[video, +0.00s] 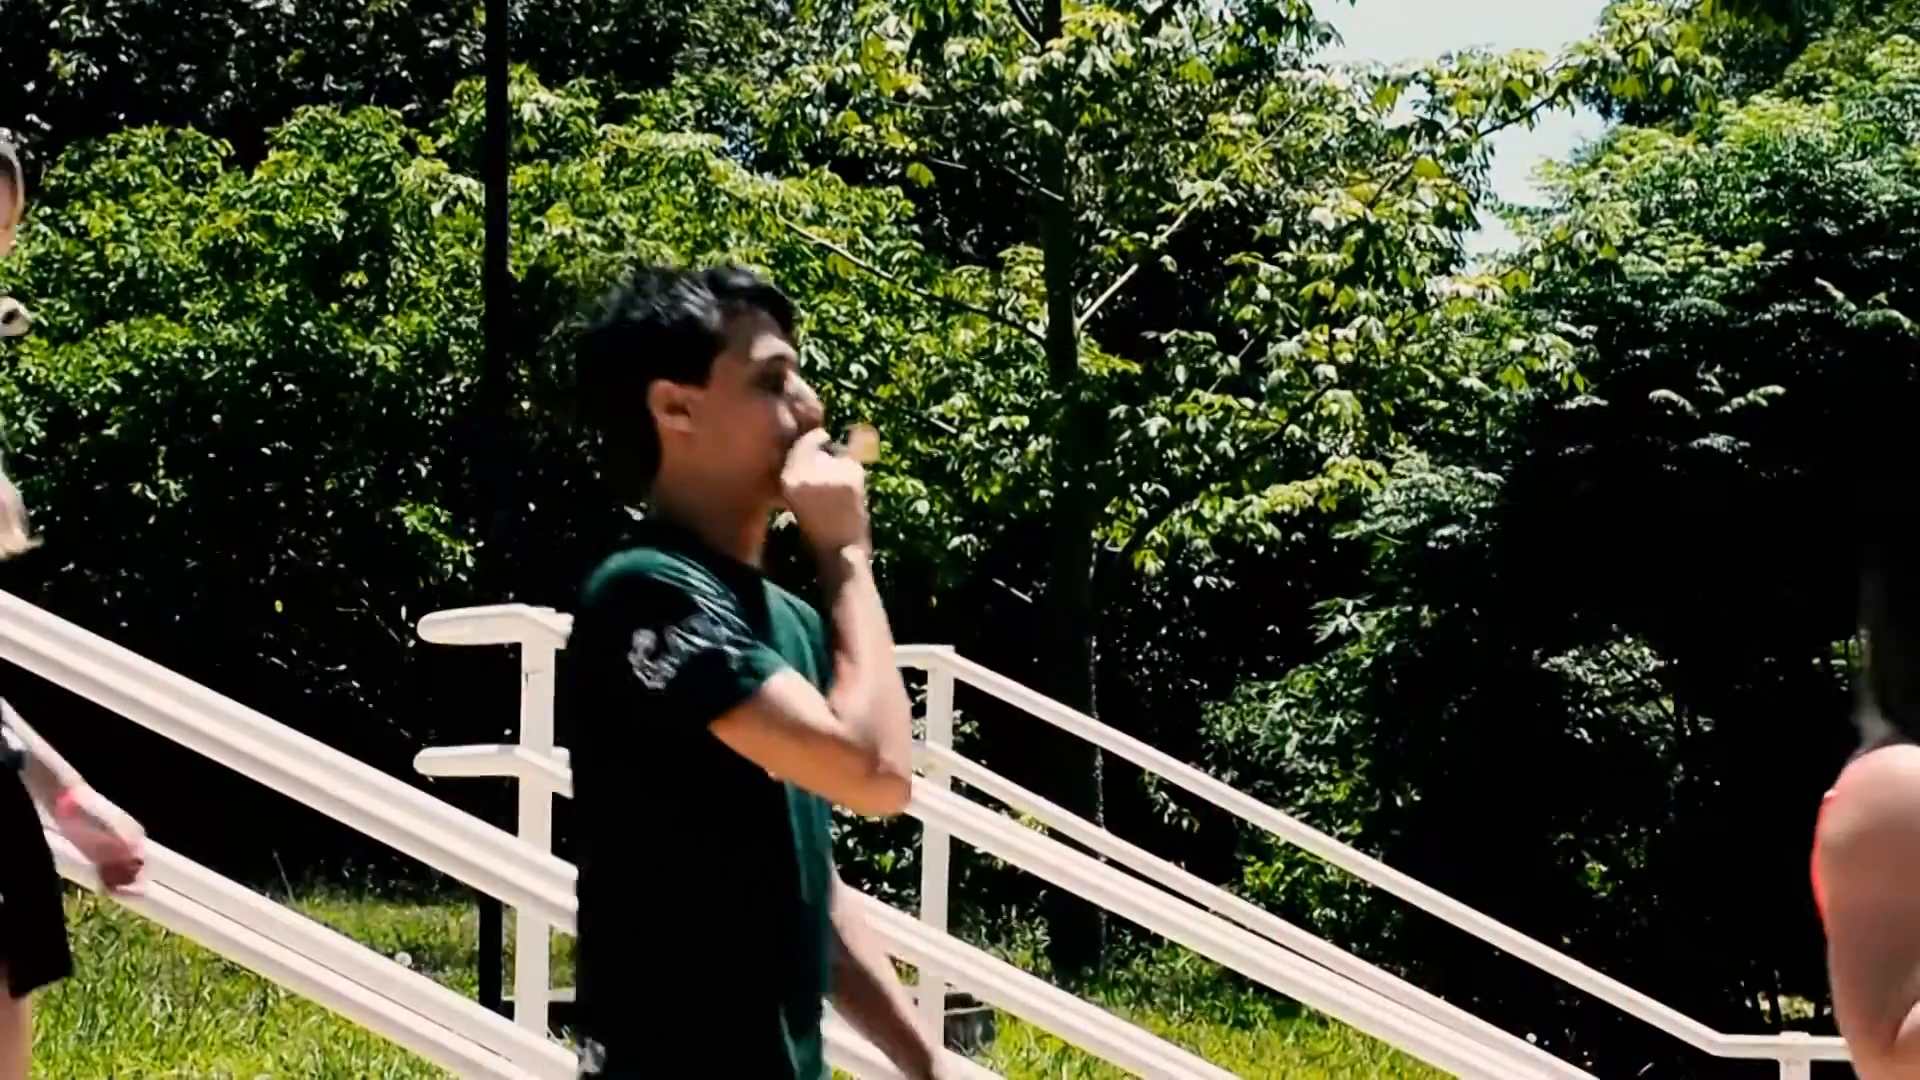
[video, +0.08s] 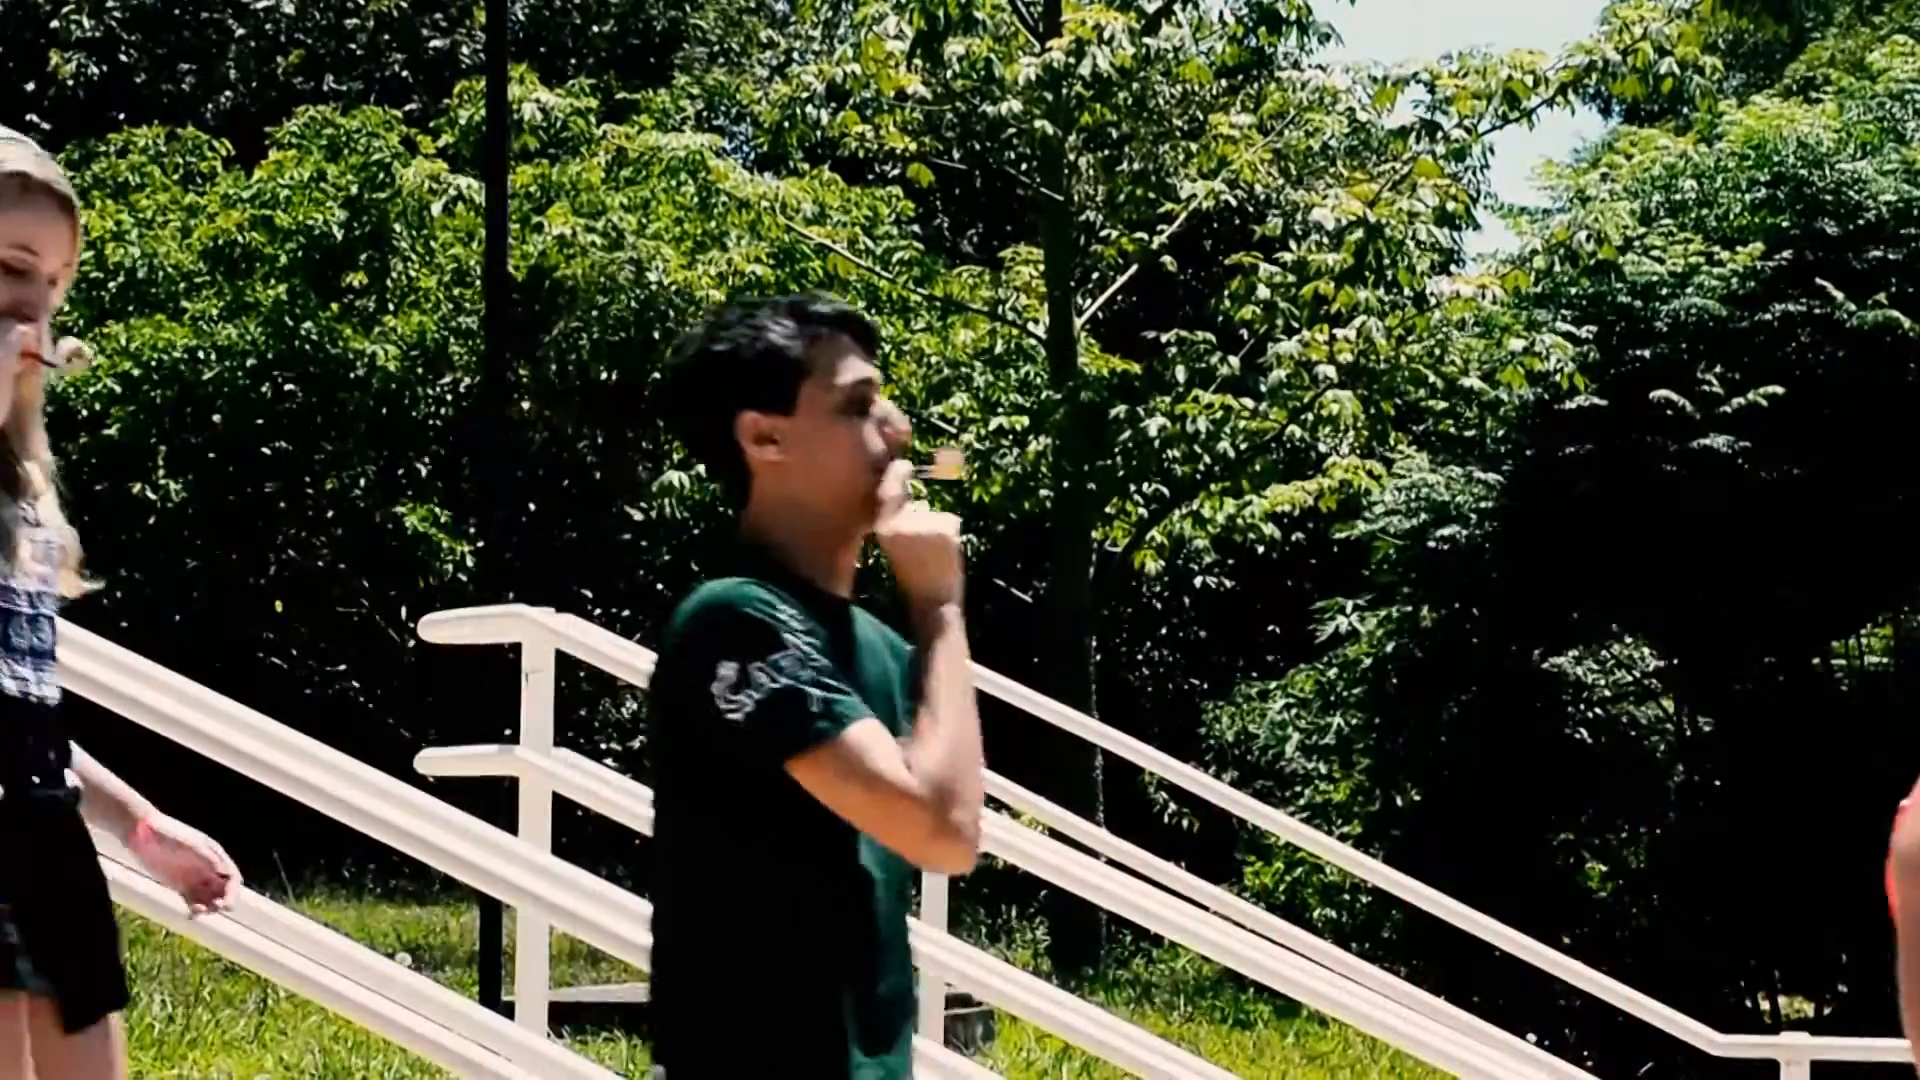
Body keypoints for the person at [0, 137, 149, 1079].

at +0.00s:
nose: (11, 269)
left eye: (11, 242)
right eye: (9, 241)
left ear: (15, 225)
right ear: (6, 222)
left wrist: (57, 783)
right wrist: (60, 785)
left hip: (1, 811)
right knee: (11, 1042)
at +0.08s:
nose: (36, 305)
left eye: (53, 285)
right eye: (14, 270)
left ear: (63, 297)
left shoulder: (24, 473)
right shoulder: (4, 469)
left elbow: (21, 705)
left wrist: (135, 821)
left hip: (53, 840)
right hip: (1, 838)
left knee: (87, 1061)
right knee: (21, 1053)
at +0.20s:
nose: (130, 325)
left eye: (148, 303)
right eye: (106, 285)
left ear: (157, 314)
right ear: (18, 265)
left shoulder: (97, 466)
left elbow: (85, 734)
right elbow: (2, 629)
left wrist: (167, 901)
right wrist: (69, 445)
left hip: (104, 861)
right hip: (16, 865)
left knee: (223, 1060)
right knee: (54, 1061)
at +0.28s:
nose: (200, 335)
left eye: (217, 314)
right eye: (177, 295)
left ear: (226, 328)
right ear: (84, 277)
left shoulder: (171, 476)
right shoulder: (11, 419)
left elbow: (140, 708)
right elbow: (45, 637)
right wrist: (144, 446)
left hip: (154, 883)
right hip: (31, 887)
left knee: (269, 1062)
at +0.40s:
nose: (297, 375)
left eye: (314, 353)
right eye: (271, 337)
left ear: (325, 362)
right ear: (178, 322)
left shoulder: (260, 509)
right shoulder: (58, 464)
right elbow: (148, 688)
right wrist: (243, 496)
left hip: (243, 881)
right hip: (120, 881)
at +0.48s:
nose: (367, 414)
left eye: (382, 386)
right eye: (338, 376)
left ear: (394, 393)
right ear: (244, 367)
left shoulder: (341, 547)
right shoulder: (131, 514)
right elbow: (226, 739)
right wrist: (311, 539)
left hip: (334, 949)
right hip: (201, 953)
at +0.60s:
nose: (460, 439)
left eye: (474, 412)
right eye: (431, 402)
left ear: (486, 420)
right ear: (336, 394)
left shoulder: (415, 564)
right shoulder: (221, 540)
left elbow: (468, 737)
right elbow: (318, 764)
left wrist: (450, 562)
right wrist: (407, 565)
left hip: (420, 973)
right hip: (287, 974)